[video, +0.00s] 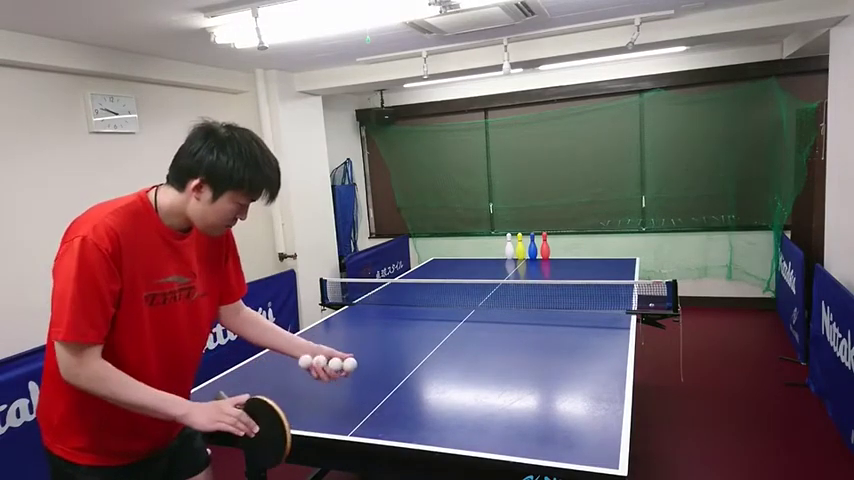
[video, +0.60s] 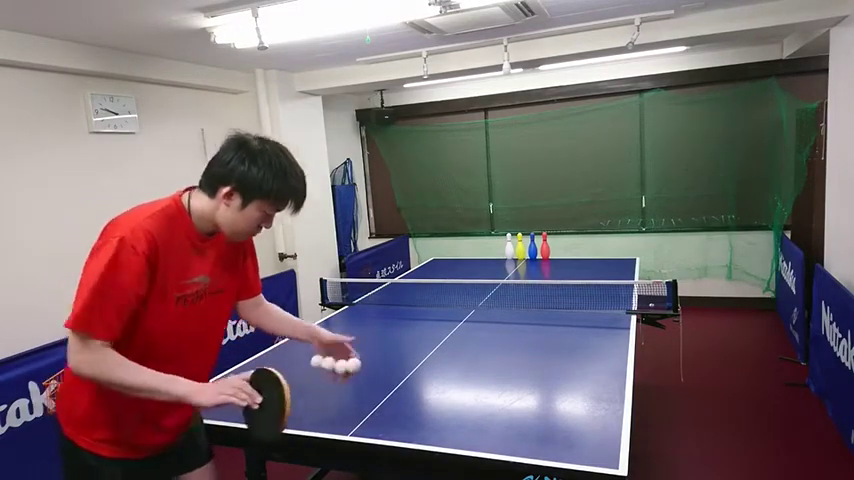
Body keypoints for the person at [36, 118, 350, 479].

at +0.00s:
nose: (242, 217)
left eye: (247, 206)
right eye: (239, 204)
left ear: (200, 191)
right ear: (198, 188)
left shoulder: (212, 230)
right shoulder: (96, 239)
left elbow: (234, 312)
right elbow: (77, 364)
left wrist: (306, 350)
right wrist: (187, 409)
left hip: (169, 436)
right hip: (94, 455)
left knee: (199, 470)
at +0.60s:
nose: (268, 225)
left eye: (273, 216)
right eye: (266, 214)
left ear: (228, 197)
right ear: (228, 196)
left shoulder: (233, 234)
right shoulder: (132, 239)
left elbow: (252, 304)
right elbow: (84, 354)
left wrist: (316, 335)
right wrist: (197, 391)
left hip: (176, 428)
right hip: (105, 442)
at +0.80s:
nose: (292, 228)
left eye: (297, 219)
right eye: (293, 216)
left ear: (258, 202)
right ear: (261, 203)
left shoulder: (235, 225)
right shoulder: (191, 262)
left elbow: (255, 299)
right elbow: (239, 352)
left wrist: (303, 299)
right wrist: (318, 364)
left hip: (172, 410)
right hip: (118, 426)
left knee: (202, 472)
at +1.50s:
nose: (271, 183)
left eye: (273, 173)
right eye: (272, 173)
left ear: (211, 163)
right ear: (253, 173)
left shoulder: (183, 203)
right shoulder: (206, 229)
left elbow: (199, 291)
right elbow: (238, 331)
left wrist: (257, 285)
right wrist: (300, 335)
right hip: (137, 434)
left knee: (204, 469)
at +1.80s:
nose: (202, 168)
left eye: (203, 156)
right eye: (200, 156)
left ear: (132, 155)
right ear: (175, 160)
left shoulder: (119, 207)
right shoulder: (125, 225)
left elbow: (122, 292)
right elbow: (153, 350)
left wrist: (187, 306)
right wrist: (240, 358)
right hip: (108, 447)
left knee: (178, 470)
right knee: (175, 472)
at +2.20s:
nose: (124, 159)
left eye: (124, 147)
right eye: (122, 146)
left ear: (50, 146)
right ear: (98, 148)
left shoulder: (22, 204)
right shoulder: (66, 220)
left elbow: (28, 304)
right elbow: (41, 351)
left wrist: (112, 325)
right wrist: (140, 399)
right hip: (64, 457)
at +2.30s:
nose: (112, 158)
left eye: (113, 147)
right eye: (111, 146)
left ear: (39, 146)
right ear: (89, 147)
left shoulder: (14, 204)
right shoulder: (61, 218)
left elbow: (22, 304)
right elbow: (32, 347)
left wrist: (103, 328)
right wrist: (127, 402)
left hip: (19, 454)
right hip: (59, 456)